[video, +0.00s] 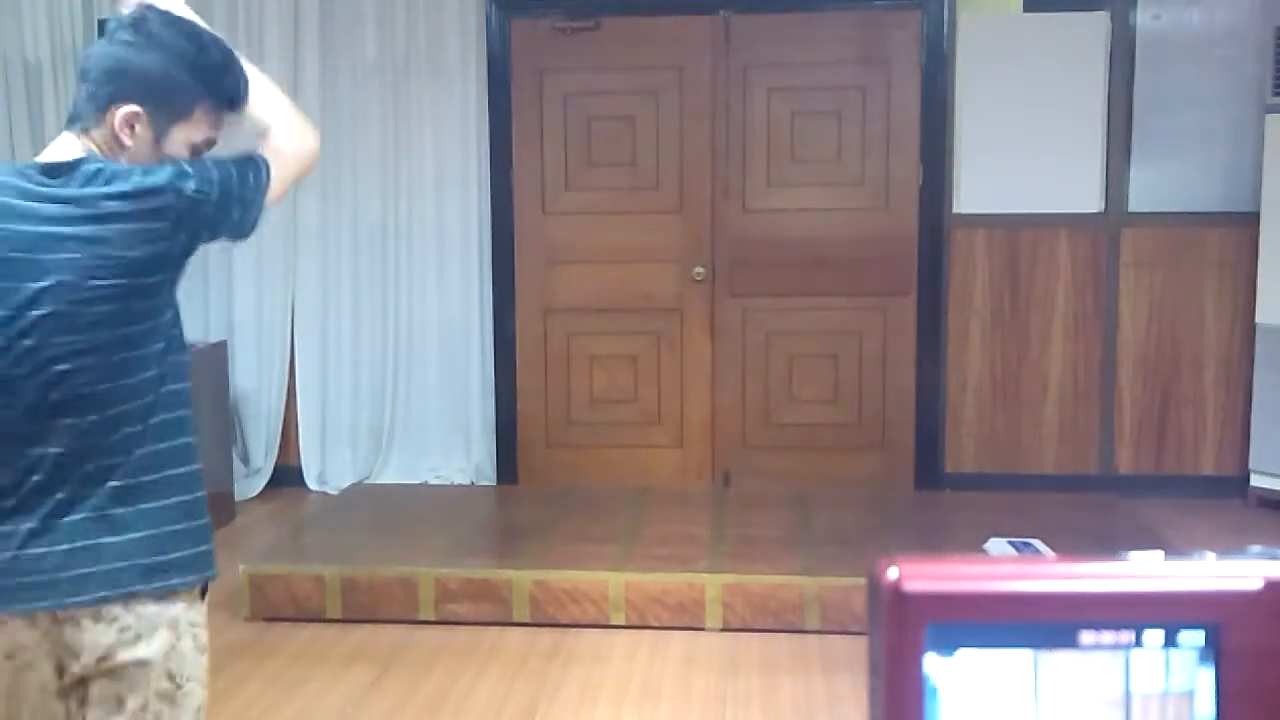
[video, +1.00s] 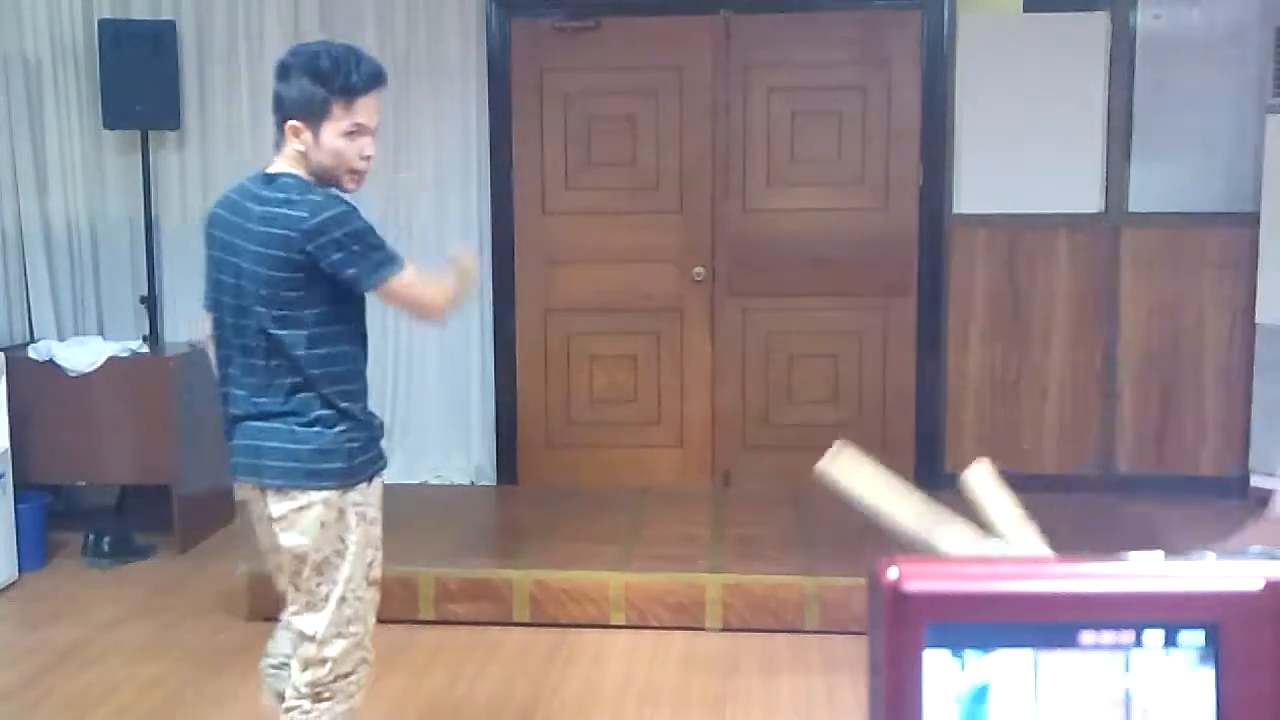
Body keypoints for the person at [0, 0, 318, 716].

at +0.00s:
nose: (198, 163)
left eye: (204, 147)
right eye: (194, 144)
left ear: (113, 124)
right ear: (127, 126)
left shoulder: (8, 194)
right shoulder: (156, 204)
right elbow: (296, 141)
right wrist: (202, 39)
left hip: (11, 574)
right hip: (136, 575)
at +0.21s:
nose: (222, 172)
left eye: (226, 151)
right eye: (212, 151)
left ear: (135, 133)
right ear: (144, 133)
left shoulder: (11, 213)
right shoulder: (169, 218)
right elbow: (287, 170)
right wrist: (216, 102)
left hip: (27, 559)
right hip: (158, 561)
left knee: (51, 712)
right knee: (172, 707)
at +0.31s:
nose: (228, 167)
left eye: (234, 148)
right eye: (220, 145)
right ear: (155, 124)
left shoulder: (19, 213)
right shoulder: (172, 204)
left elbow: (12, 372)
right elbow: (297, 162)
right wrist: (234, 116)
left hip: (55, 536)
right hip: (169, 542)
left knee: (109, 708)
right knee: (216, 705)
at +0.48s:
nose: (256, 150)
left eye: (262, 132)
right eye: (244, 130)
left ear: (174, 119)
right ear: (181, 119)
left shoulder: (90, 200)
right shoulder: (199, 193)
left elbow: (65, 322)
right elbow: (328, 147)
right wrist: (272, 114)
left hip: (90, 497)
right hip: (194, 498)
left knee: (116, 702)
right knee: (258, 698)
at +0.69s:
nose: (318, 147)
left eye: (319, 129)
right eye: (301, 131)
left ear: (235, 136)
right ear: (240, 134)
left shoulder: (165, 207)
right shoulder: (255, 204)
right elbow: (379, 163)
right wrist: (321, 139)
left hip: (161, 481)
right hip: (255, 489)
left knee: (167, 681)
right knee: (294, 685)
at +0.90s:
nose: (360, 147)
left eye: (362, 130)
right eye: (344, 132)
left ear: (280, 136)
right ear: (286, 133)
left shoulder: (210, 208)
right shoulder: (312, 210)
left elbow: (204, 333)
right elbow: (430, 236)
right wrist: (407, 186)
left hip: (233, 462)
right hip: (312, 470)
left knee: (264, 630)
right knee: (325, 655)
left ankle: (231, 712)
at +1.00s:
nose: (369, 150)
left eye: (373, 132)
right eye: (354, 133)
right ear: (298, 131)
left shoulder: (229, 207)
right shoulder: (321, 215)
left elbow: (218, 335)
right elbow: (430, 301)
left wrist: (253, 413)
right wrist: (461, 273)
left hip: (255, 459)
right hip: (324, 467)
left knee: (301, 623)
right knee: (331, 652)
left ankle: (285, 708)